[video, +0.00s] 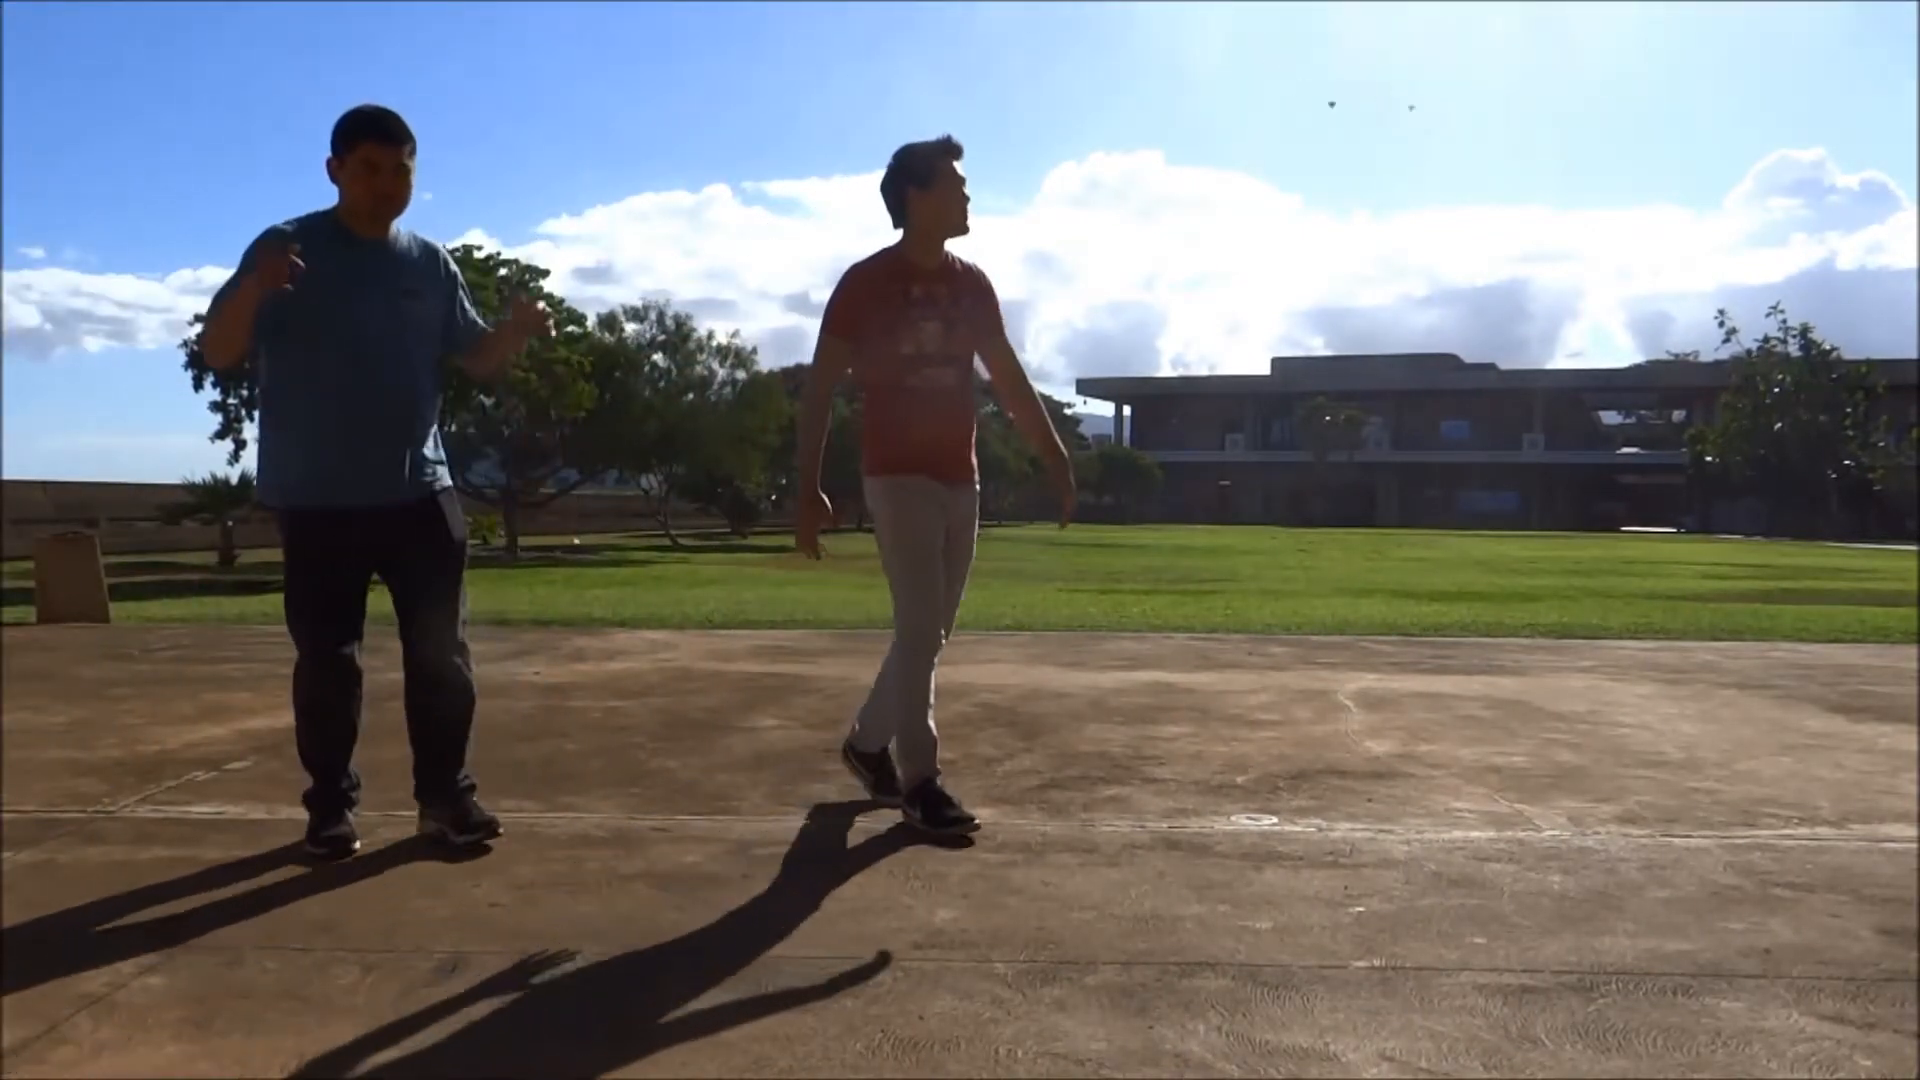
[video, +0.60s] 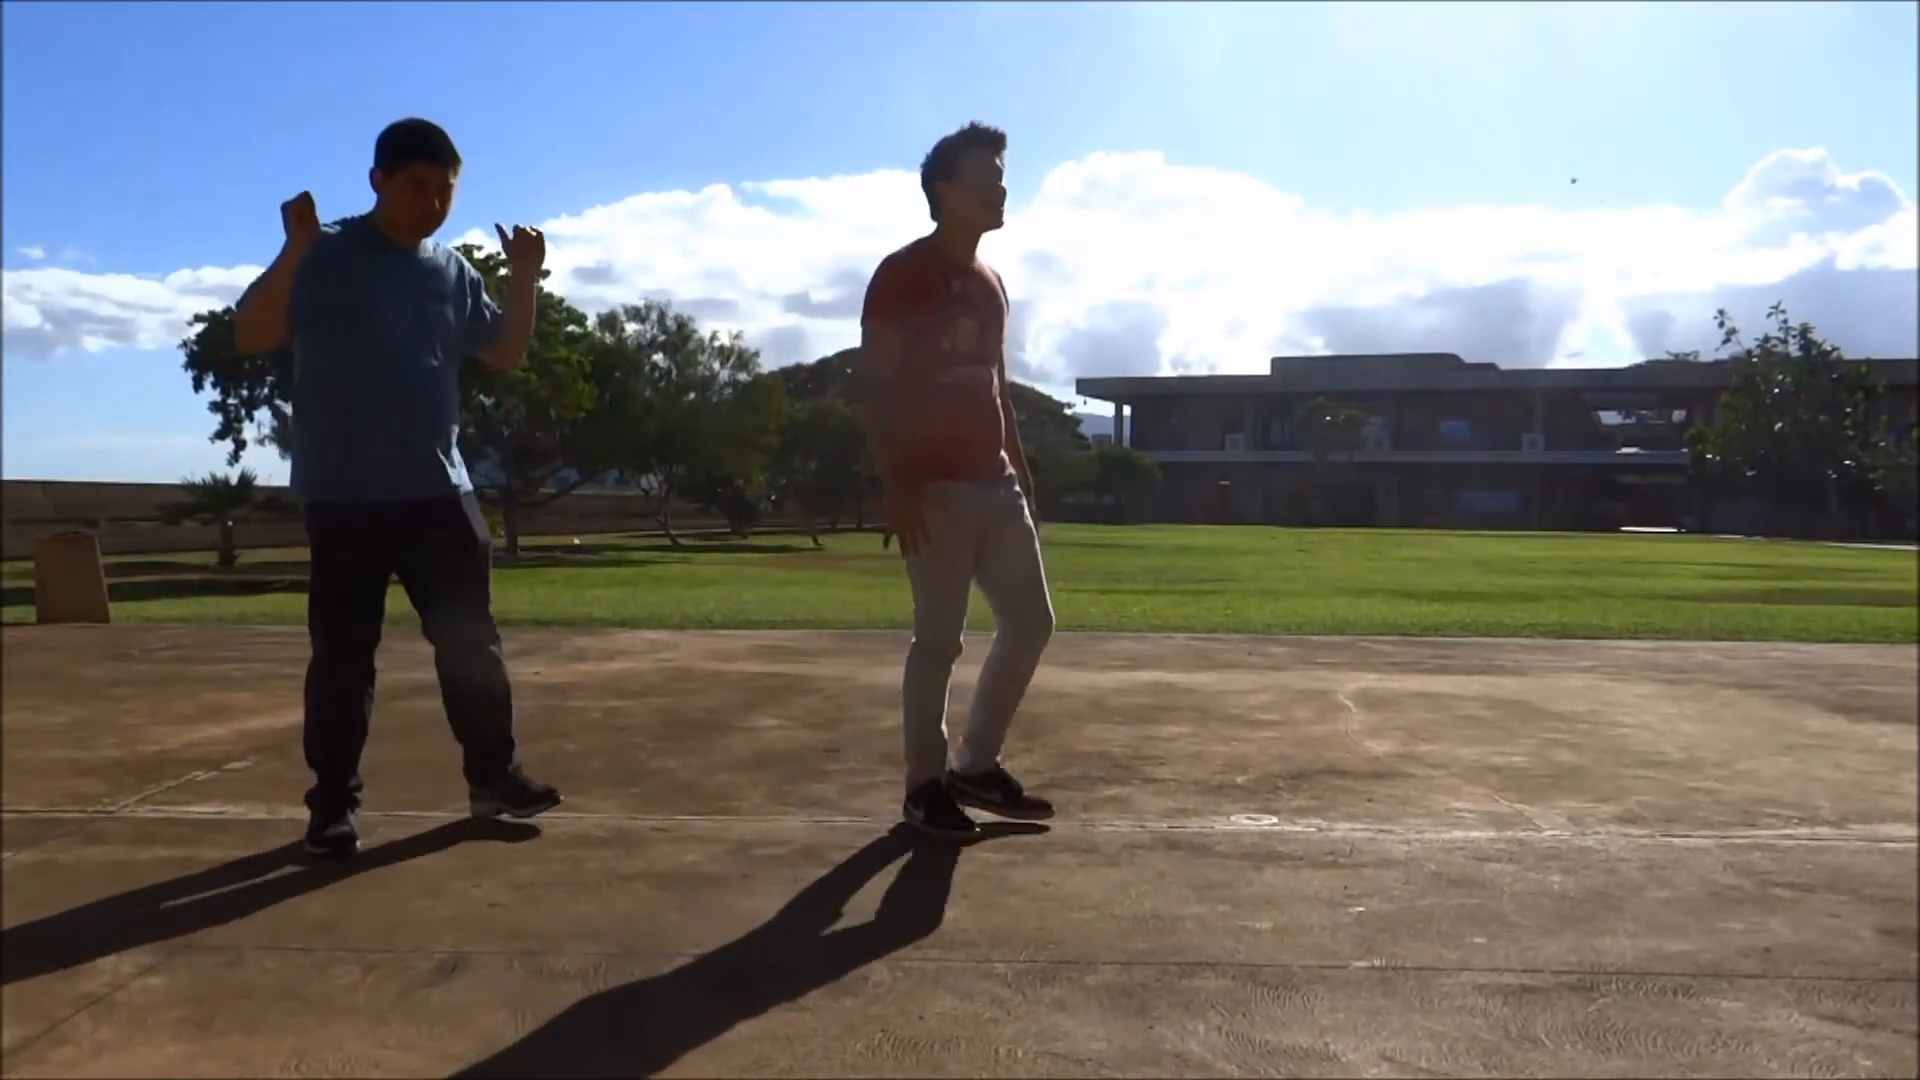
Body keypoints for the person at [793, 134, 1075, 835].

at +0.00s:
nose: (968, 193)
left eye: (964, 182)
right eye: (955, 183)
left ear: (936, 198)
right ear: (915, 196)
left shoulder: (971, 283)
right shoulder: (864, 283)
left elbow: (1007, 376)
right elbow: (821, 388)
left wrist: (1056, 456)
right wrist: (807, 487)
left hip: (960, 477)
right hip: (899, 477)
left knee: (932, 626)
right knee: (920, 624)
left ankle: (868, 738)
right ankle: (920, 784)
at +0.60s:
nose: (1003, 188)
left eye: (1002, 176)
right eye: (988, 176)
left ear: (983, 191)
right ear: (944, 188)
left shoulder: (991, 283)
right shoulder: (900, 274)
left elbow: (995, 390)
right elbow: (876, 391)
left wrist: (1018, 471)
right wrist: (897, 489)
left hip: (996, 485)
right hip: (933, 488)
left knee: (1029, 624)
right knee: (937, 640)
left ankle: (976, 768)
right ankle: (925, 787)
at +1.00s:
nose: (1048, 188)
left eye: (1043, 175)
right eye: (1035, 176)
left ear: (1011, 191)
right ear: (996, 191)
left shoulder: (1005, 285)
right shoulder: (951, 271)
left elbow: (1001, 391)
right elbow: (941, 388)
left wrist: (1018, 474)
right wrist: (994, 471)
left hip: (1007, 478)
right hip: (956, 481)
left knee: (1046, 630)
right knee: (953, 638)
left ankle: (1081, 787)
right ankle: (926, 791)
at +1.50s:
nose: (1130, 185)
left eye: (1125, 175)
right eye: (1117, 175)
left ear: (1091, 192)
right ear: (1082, 190)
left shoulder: (1076, 279)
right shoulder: (1043, 264)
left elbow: (1076, 388)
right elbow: (1043, 375)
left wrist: (1095, 480)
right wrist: (1079, 477)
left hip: (1078, 480)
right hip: (1032, 479)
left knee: (1087, 642)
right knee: (1006, 633)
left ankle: (1093, 799)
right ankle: (932, 776)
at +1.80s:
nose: (1174, 181)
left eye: (1168, 169)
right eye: (1161, 170)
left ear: (1133, 190)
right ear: (1126, 188)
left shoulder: (1121, 273)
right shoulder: (1091, 265)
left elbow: (1109, 389)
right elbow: (1077, 380)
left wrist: (1153, 457)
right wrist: (1108, 471)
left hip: (1123, 479)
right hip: (1089, 476)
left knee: (1115, 641)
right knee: (1097, 638)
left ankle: (1096, 799)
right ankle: (983, 752)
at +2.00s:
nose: (1200, 188)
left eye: (1195, 176)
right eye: (1188, 176)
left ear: (1155, 191)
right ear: (1155, 189)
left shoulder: (1147, 276)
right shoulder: (1110, 269)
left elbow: (1155, 392)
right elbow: (1090, 386)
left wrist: (1208, 456)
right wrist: (1102, 483)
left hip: (1149, 481)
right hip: (1127, 483)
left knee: (1133, 633)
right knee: (1165, 633)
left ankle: (1103, 792)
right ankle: (1072, 778)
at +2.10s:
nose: (1215, 190)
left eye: (1211, 178)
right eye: (1204, 178)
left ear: (1169, 193)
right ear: (1173, 191)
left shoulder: (1164, 280)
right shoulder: (1119, 270)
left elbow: (1170, 399)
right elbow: (1091, 387)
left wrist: (1235, 452)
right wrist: (1100, 486)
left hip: (1162, 487)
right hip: (1141, 488)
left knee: (1136, 635)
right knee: (1188, 638)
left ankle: (1099, 804)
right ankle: (1131, 803)